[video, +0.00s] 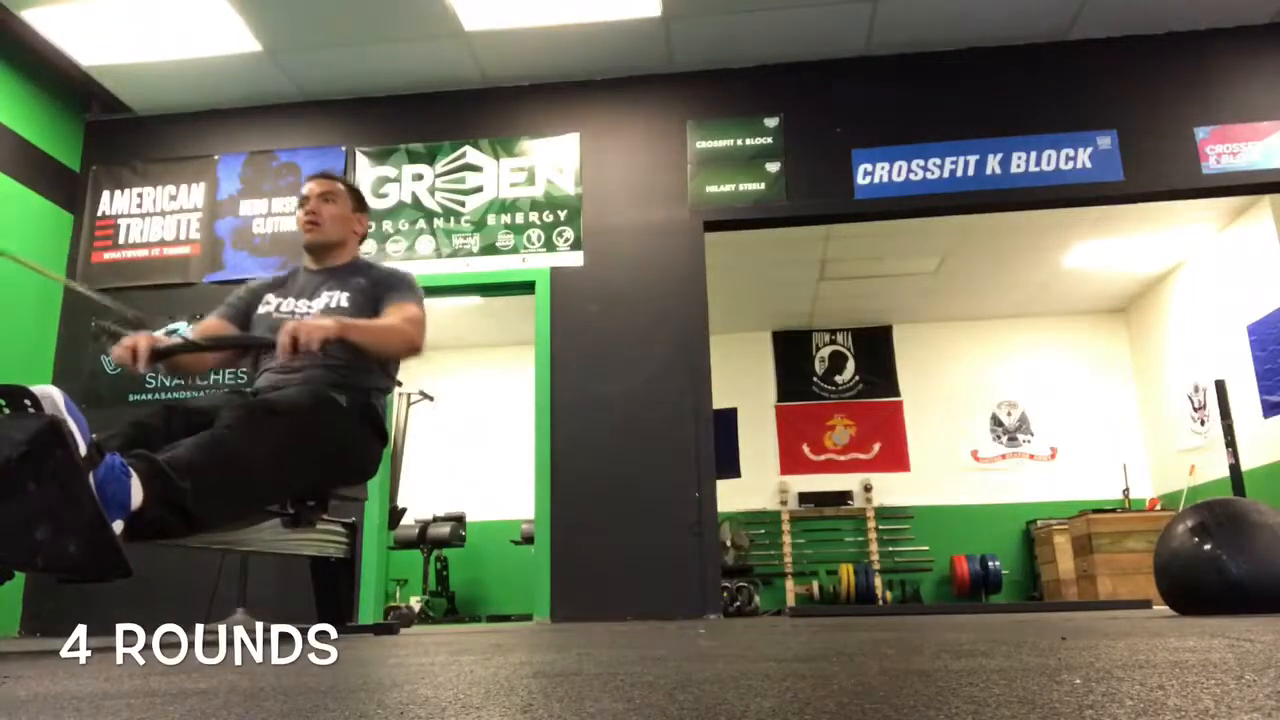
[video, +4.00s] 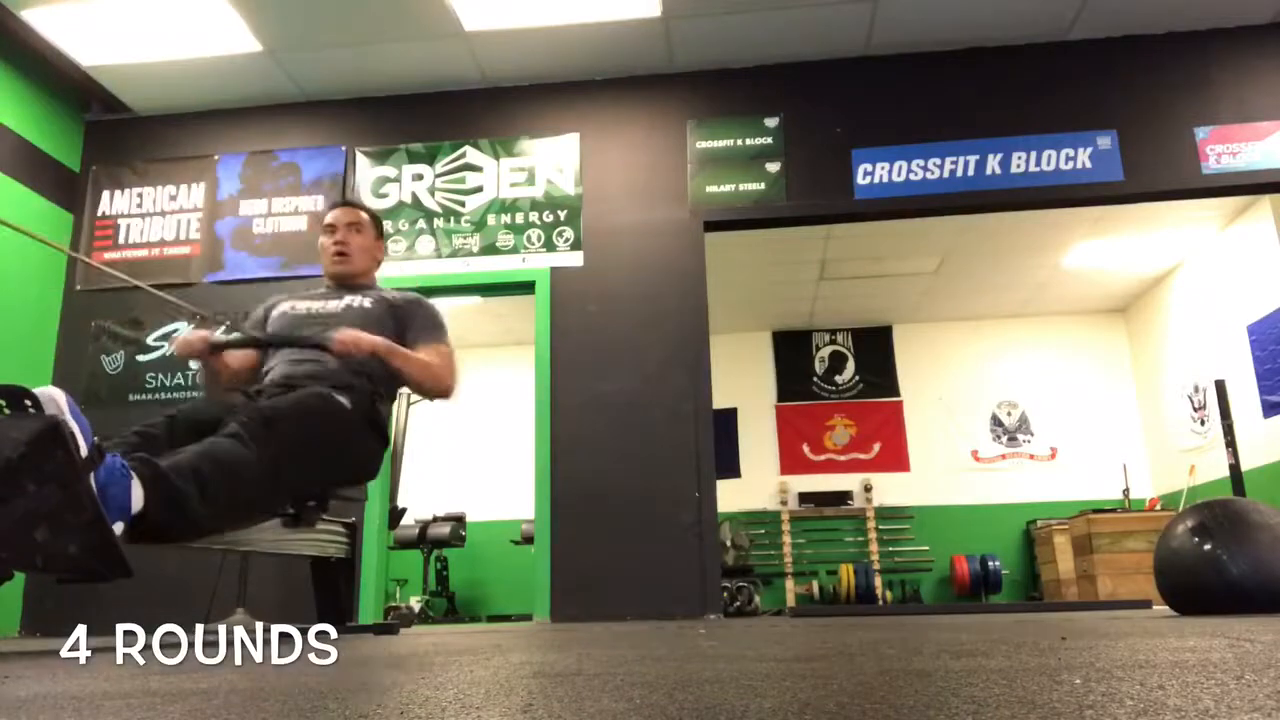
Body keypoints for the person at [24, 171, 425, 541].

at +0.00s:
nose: (310, 209)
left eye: (326, 200)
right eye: (304, 203)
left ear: (360, 223)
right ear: (298, 222)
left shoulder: (386, 279)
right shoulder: (266, 291)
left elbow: (409, 336)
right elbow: (205, 347)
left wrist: (338, 327)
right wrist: (160, 348)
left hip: (340, 412)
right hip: (262, 409)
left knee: (247, 440)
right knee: (168, 424)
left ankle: (125, 490)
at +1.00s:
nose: (114, 67)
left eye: (141, 53)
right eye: (110, 58)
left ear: (195, 86)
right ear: (100, 84)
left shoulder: (242, 154)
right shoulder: (78, 172)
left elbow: (219, 188)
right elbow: (4, 193)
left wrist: (72, 141)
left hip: (234, 389)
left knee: (181, 219)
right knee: (26, 233)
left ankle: (123, 448)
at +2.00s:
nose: (330, 238)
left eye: (345, 230)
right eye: (323, 233)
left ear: (378, 250)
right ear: (317, 252)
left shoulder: (405, 314)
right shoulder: (288, 315)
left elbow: (454, 395)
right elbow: (261, 378)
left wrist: (398, 357)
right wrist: (219, 372)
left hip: (343, 410)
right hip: (271, 406)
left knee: (250, 436)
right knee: (178, 420)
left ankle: (127, 494)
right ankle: (95, 466)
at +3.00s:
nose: (130, 86)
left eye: (156, 72)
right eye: (121, 75)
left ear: (205, 100)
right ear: (109, 96)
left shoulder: (247, 166)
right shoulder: (89, 177)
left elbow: (257, 209)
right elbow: (9, 198)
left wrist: (111, 200)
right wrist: (34, 210)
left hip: (244, 397)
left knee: (202, 231)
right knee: (14, 240)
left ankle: (125, 451)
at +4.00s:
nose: (339, 237)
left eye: (354, 229)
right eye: (330, 231)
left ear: (380, 249)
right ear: (320, 249)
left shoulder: (404, 306)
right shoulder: (278, 306)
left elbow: (443, 381)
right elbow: (232, 380)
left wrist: (380, 346)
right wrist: (210, 353)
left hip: (342, 408)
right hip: (263, 406)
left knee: (256, 440)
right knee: (174, 427)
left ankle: (128, 497)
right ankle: (92, 470)